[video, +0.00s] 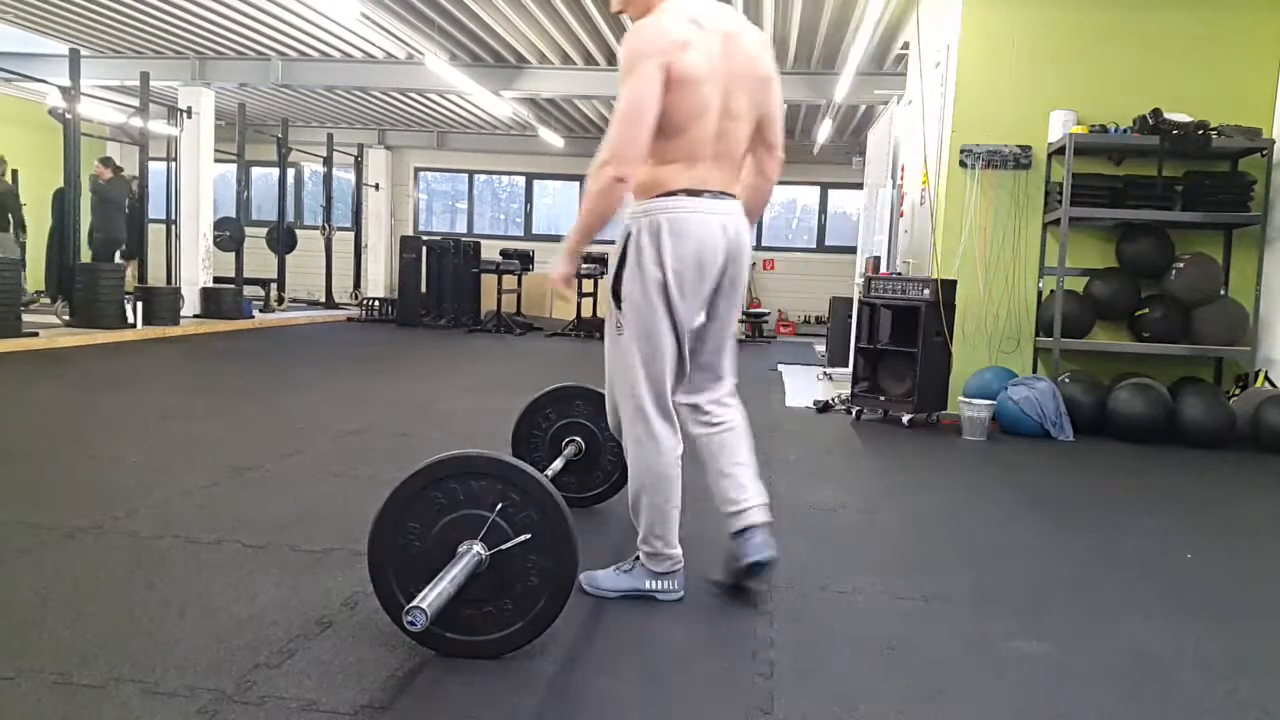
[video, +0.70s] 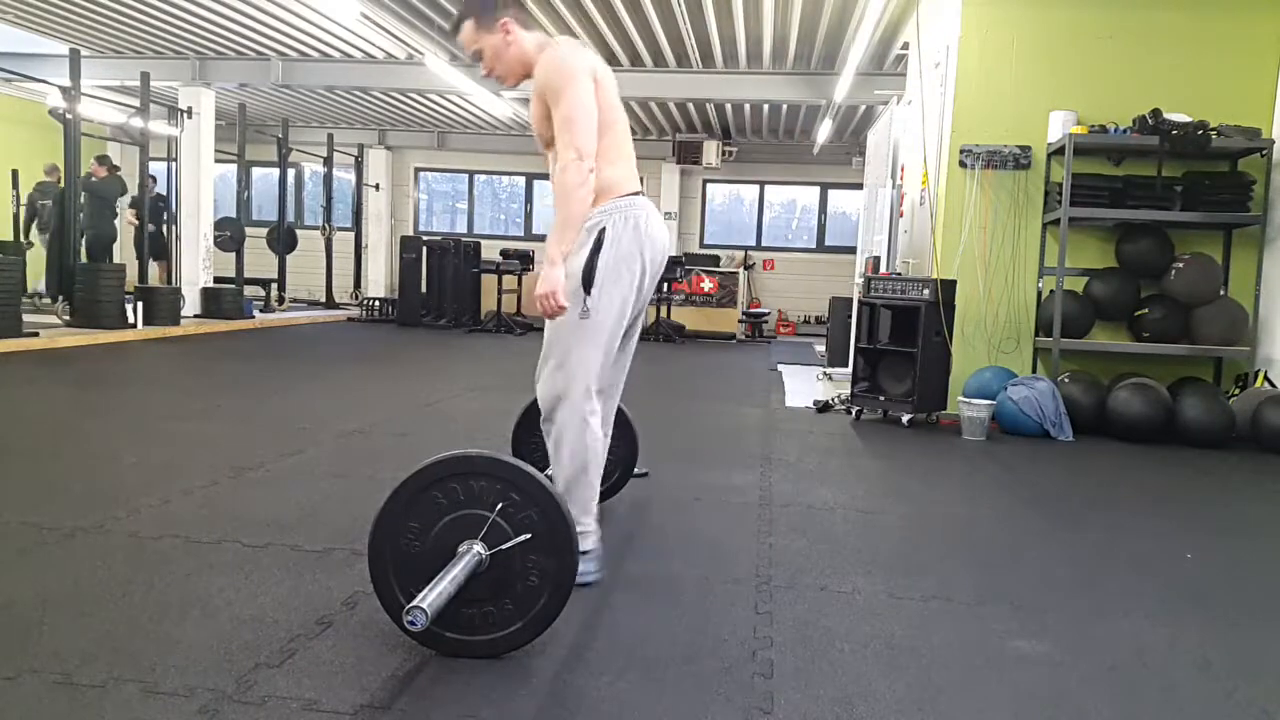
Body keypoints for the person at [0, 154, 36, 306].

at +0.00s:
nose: (5, 170)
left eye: (4, 166)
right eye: (4, 166)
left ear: (3, 168)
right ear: (4, 169)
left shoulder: (7, 188)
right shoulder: (7, 188)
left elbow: (15, 212)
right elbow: (16, 212)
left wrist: (21, 229)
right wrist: (22, 229)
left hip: (6, 232)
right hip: (4, 232)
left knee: (14, 259)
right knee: (14, 259)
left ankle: (22, 292)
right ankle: (21, 292)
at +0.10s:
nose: (18, 172)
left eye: (17, 169)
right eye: (17, 169)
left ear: (2, 168)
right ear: (14, 170)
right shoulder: (16, 190)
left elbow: (24, 214)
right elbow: (24, 215)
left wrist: (30, 231)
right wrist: (31, 231)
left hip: (3, 232)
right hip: (11, 234)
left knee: (5, 269)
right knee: (22, 266)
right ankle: (24, 297)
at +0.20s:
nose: (28, 171)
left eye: (27, 168)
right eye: (28, 168)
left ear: (13, 168)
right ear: (25, 168)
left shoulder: (3, 184)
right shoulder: (26, 189)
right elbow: (33, 214)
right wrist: (40, 229)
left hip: (3, 229)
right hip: (20, 230)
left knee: (4, 264)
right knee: (29, 262)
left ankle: (4, 298)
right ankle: (26, 298)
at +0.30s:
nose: (36, 171)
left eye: (36, 169)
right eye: (36, 169)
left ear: (20, 166)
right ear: (34, 168)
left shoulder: (5, 183)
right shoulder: (34, 187)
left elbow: (2, 205)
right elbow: (44, 210)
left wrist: (6, 219)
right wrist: (51, 220)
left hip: (7, 228)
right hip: (27, 228)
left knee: (12, 265)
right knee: (32, 264)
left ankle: (10, 297)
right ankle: (26, 297)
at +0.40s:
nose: (42, 171)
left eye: (42, 169)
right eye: (42, 169)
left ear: (26, 167)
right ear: (39, 169)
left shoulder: (11, 185)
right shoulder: (41, 186)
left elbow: (4, 209)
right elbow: (53, 205)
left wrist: (7, 229)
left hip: (15, 227)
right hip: (33, 228)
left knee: (21, 261)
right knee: (32, 263)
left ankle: (22, 295)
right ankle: (25, 298)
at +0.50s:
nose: (49, 174)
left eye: (48, 171)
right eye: (48, 171)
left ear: (34, 170)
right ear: (46, 171)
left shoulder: (20, 186)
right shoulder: (49, 189)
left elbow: (13, 211)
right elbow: (53, 212)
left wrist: (15, 230)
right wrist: (52, 228)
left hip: (24, 228)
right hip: (40, 228)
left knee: (34, 262)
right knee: (36, 263)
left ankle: (41, 296)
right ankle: (26, 298)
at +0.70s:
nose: (59, 177)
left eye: (59, 174)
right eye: (59, 174)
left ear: (45, 174)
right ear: (57, 174)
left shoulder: (34, 193)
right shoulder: (60, 192)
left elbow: (29, 216)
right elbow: (67, 213)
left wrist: (26, 237)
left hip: (42, 232)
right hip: (58, 232)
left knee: (53, 260)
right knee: (55, 261)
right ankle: (40, 291)